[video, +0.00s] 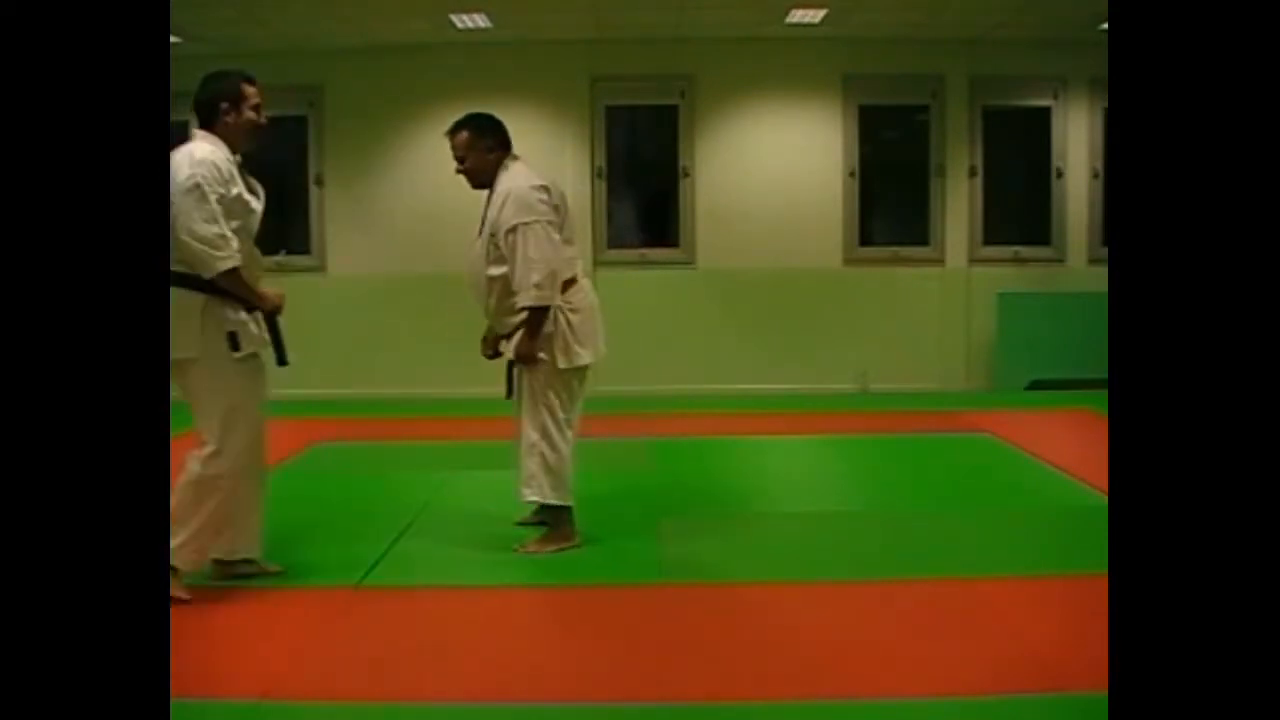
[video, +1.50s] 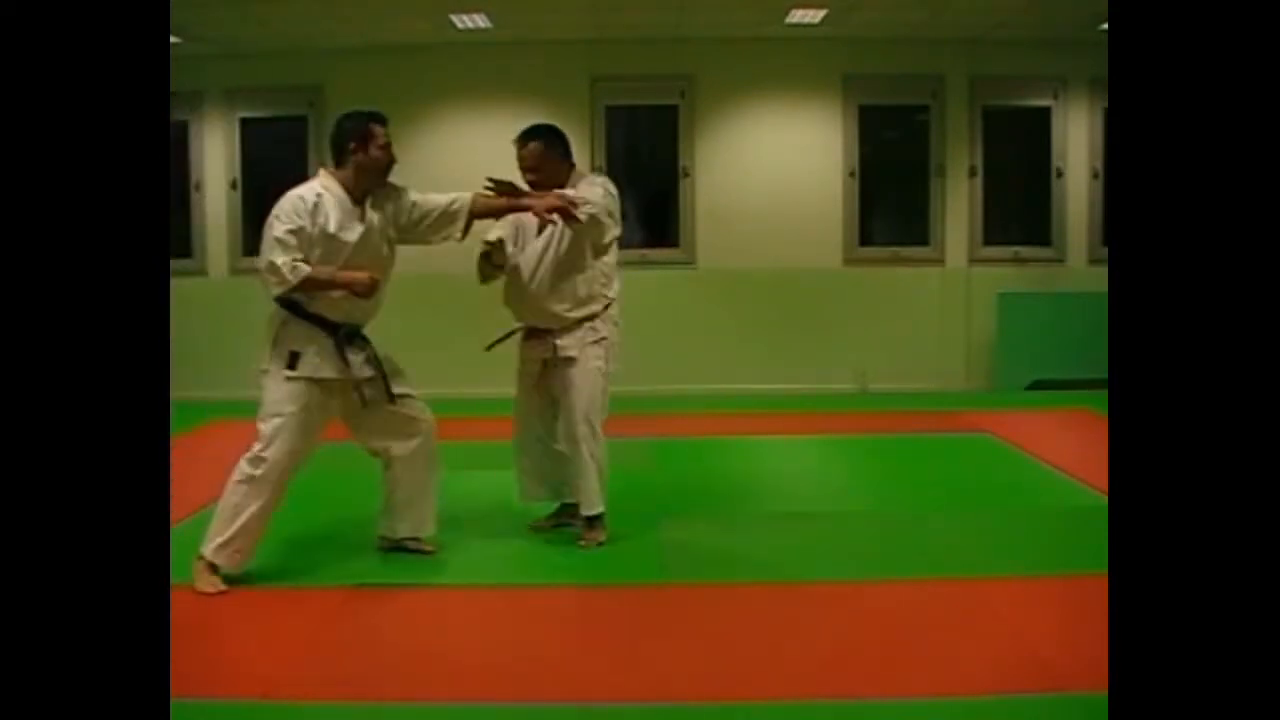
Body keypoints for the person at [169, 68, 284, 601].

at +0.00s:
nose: (262, 116)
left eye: (260, 107)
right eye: (254, 108)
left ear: (225, 114)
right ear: (225, 113)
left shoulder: (220, 163)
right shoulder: (196, 165)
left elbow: (222, 246)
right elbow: (206, 250)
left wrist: (259, 291)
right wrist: (257, 295)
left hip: (231, 315)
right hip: (205, 318)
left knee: (245, 441)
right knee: (225, 443)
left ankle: (234, 553)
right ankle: (175, 557)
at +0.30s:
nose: (217, 133)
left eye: (218, 123)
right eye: (210, 123)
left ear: (189, 126)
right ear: (183, 125)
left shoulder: (188, 182)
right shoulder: (171, 181)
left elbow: (190, 264)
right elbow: (173, 271)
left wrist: (240, 270)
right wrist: (227, 288)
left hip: (189, 329)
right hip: (174, 330)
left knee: (229, 438)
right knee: (221, 439)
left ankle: (233, 552)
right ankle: (232, 552)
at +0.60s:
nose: (187, 139)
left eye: (187, 129)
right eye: (179, 131)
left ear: (185, 132)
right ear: (164, 136)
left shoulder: (178, 195)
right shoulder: (172, 196)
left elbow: (206, 251)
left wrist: (264, 236)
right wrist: (176, 247)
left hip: (182, 344)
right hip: (176, 345)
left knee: (243, 435)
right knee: (239, 436)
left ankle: (238, 548)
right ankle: (237, 547)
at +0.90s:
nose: (232, 157)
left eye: (230, 148)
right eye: (223, 149)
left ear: (204, 154)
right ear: (192, 154)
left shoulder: (224, 207)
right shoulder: (172, 208)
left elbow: (268, 247)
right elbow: (177, 285)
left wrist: (330, 230)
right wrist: (216, 267)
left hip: (230, 354)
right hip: (182, 357)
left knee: (306, 432)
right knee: (175, 475)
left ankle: (361, 527)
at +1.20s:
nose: (352, 161)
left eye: (351, 151)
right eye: (345, 151)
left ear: (321, 153)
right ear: (317, 153)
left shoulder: (338, 197)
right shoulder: (271, 203)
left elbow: (400, 197)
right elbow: (266, 275)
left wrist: (467, 182)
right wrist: (337, 270)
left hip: (320, 347)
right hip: (273, 345)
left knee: (382, 428)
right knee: (237, 454)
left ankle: (396, 535)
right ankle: (170, 535)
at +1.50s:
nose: (393, 157)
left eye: (391, 147)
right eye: (384, 147)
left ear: (368, 151)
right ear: (356, 152)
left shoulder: (389, 202)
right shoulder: (303, 203)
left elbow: (457, 207)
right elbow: (280, 271)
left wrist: (527, 201)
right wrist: (342, 279)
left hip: (352, 345)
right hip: (301, 343)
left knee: (413, 430)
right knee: (275, 454)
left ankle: (404, 534)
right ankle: (215, 560)